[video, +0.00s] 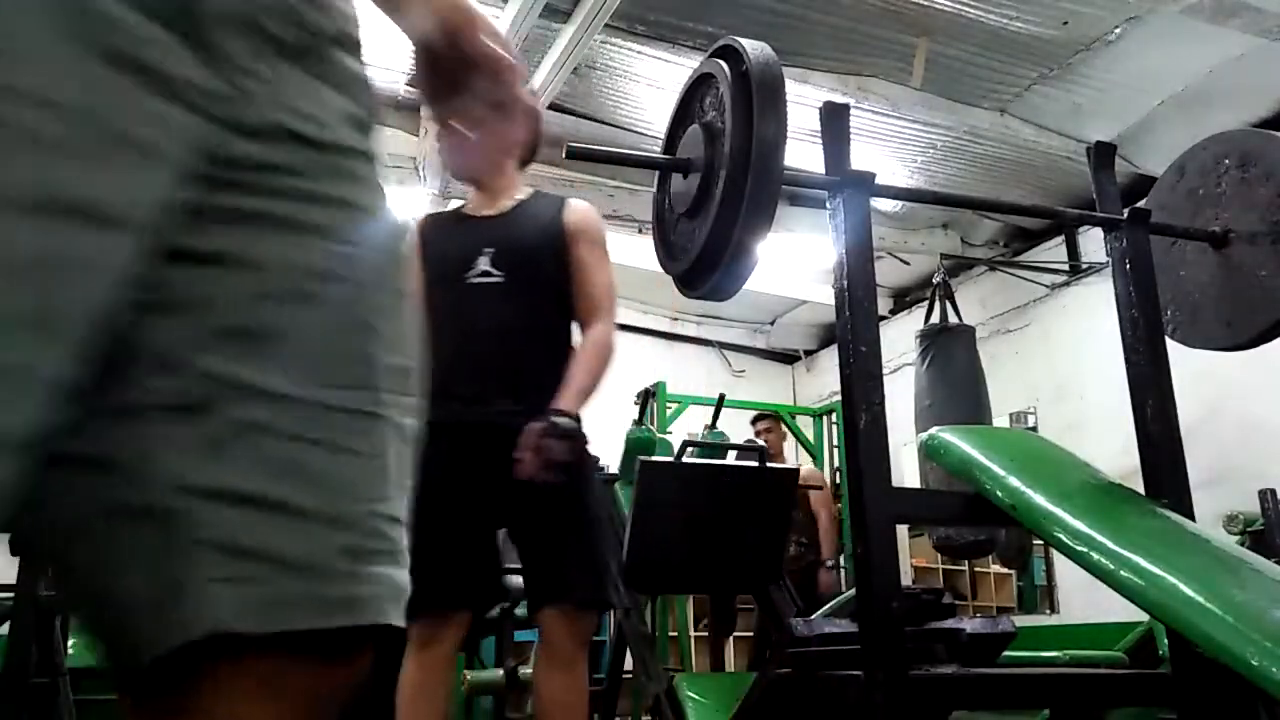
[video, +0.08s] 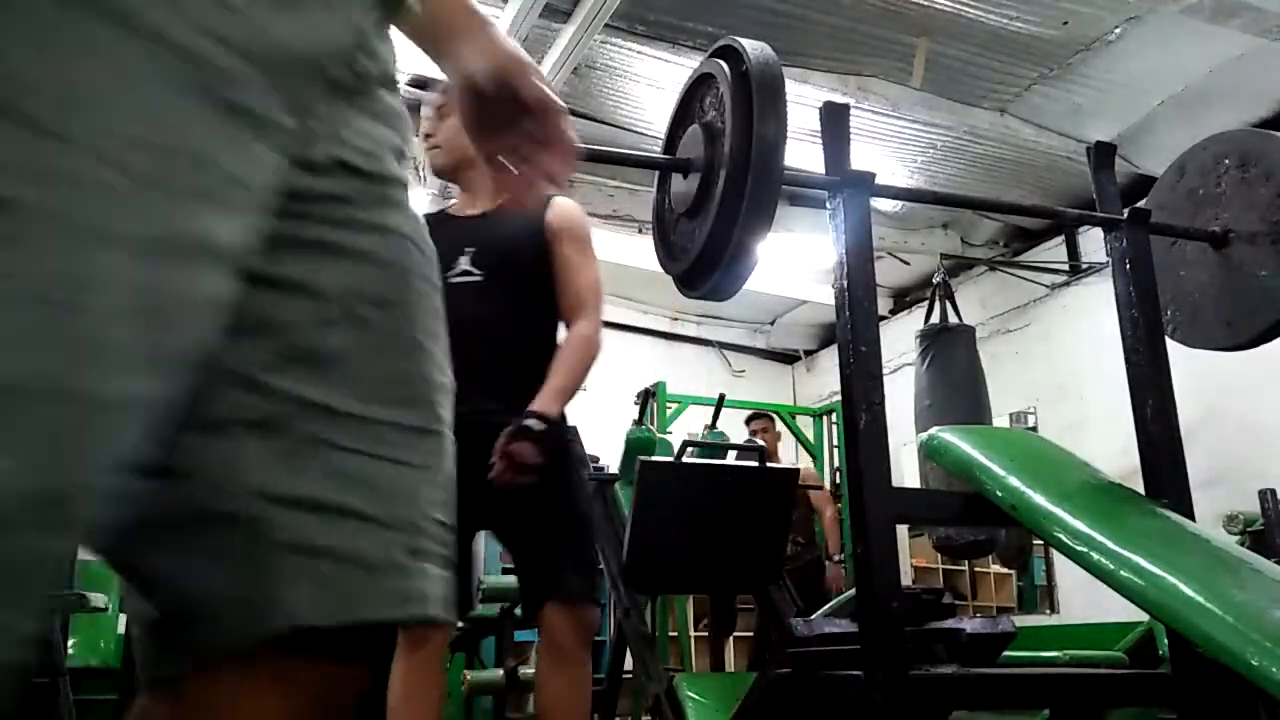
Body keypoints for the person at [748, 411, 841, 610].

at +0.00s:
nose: (764, 438)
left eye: (769, 431)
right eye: (758, 434)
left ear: (783, 435)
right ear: (755, 439)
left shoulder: (807, 476)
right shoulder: (754, 481)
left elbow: (825, 519)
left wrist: (829, 564)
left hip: (804, 566)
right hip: (768, 566)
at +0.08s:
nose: (759, 437)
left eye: (765, 431)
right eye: (753, 433)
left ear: (777, 435)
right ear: (748, 440)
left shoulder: (801, 475)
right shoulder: (745, 483)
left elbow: (829, 511)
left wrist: (835, 561)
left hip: (803, 570)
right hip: (764, 571)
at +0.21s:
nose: (757, 438)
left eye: (763, 431)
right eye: (750, 434)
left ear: (773, 436)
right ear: (742, 441)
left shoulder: (797, 475)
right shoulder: (737, 481)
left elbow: (828, 508)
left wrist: (837, 551)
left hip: (801, 570)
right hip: (760, 572)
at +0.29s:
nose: (758, 438)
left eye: (764, 431)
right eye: (750, 433)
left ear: (772, 435)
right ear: (741, 439)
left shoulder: (794, 473)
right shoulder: (734, 478)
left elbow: (824, 509)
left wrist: (836, 551)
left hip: (800, 566)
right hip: (757, 566)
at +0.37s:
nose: (761, 437)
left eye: (766, 430)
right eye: (753, 431)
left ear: (772, 434)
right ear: (740, 437)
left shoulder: (792, 473)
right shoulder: (732, 477)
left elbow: (822, 511)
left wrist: (836, 554)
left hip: (799, 565)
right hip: (754, 565)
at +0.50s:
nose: (764, 436)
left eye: (769, 430)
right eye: (757, 430)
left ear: (774, 434)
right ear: (743, 435)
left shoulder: (792, 474)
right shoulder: (731, 477)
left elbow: (821, 512)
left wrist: (836, 558)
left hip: (798, 567)